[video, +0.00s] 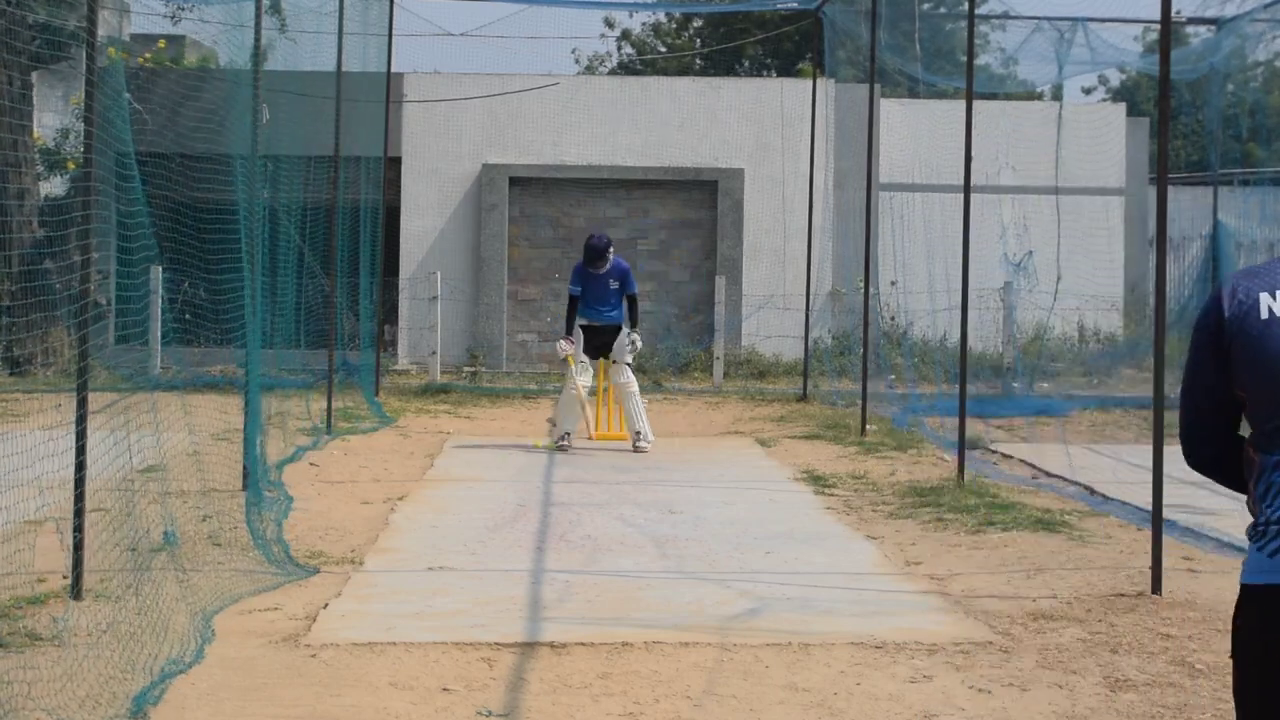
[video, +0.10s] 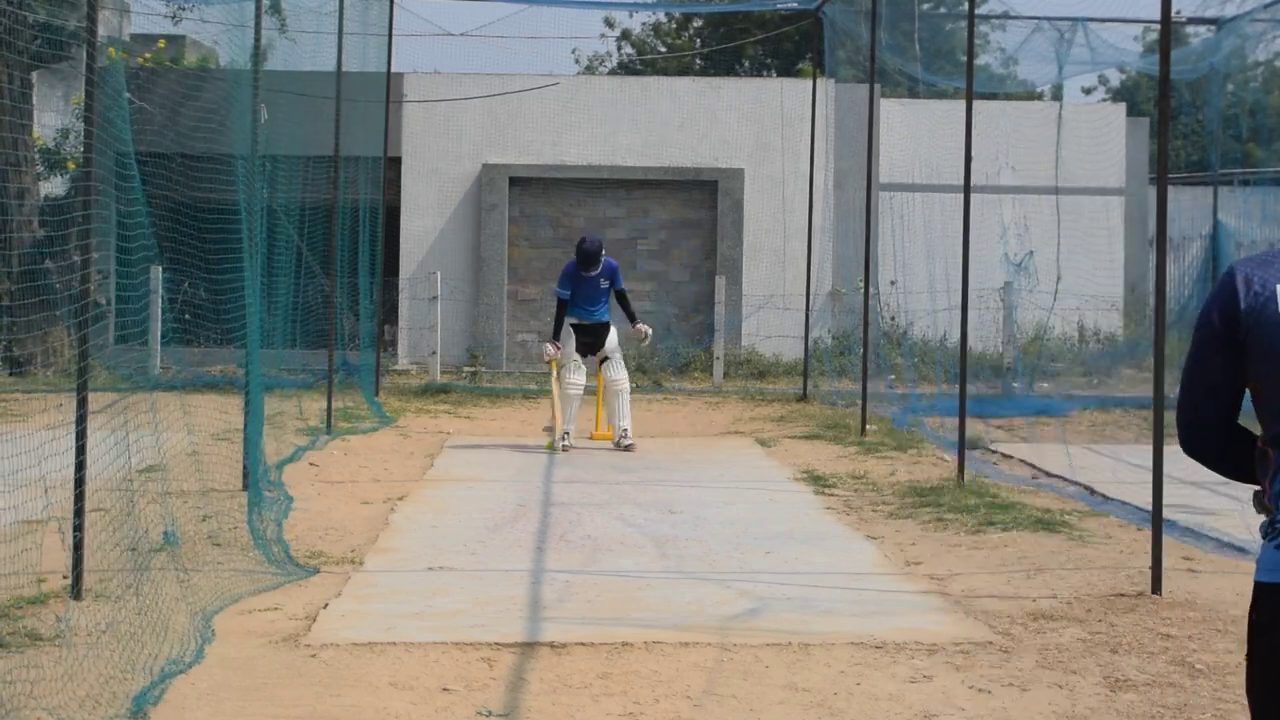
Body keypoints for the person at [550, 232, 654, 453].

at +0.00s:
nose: (597, 269)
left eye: (601, 265)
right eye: (593, 265)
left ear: (609, 256)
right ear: (586, 258)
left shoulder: (622, 269)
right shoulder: (580, 270)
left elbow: (632, 300)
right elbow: (572, 304)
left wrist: (634, 330)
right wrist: (568, 335)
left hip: (615, 331)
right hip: (585, 330)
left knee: (625, 380)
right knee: (577, 381)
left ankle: (640, 434)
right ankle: (565, 433)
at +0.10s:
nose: (588, 272)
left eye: (592, 268)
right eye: (585, 268)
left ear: (601, 259)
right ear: (578, 259)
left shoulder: (611, 268)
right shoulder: (569, 272)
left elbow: (621, 295)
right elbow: (561, 307)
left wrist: (635, 322)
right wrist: (555, 341)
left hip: (603, 330)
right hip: (575, 330)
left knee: (619, 381)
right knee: (572, 383)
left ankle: (623, 434)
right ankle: (566, 434)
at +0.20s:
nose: (587, 271)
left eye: (591, 267)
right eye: (584, 268)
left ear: (598, 258)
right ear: (577, 258)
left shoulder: (606, 267)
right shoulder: (566, 270)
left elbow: (612, 290)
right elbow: (558, 306)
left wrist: (629, 317)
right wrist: (551, 338)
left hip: (596, 328)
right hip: (569, 328)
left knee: (608, 378)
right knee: (568, 380)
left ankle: (602, 433)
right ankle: (563, 434)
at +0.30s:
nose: (587, 267)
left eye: (591, 263)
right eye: (583, 263)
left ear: (597, 255)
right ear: (575, 254)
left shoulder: (599, 264)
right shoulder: (564, 267)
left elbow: (599, 286)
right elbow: (553, 300)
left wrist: (615, 312)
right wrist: (544, 331)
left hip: (586, 325)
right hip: (562, 324)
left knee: (593, 377)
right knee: (567, 379)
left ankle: (575, 429)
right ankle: (562, 433)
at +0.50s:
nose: (588, 262)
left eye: (592, 259)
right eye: (586, 257)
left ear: (595, 253)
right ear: (578, 248)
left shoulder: (585, 264)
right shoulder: (561, 264)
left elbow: (581, 292)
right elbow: (540, 292)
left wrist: (594, 317)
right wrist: (533, 326)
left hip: (571, 323)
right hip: (555, 322)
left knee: (565, 378)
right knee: (565, 377)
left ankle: (539, 429)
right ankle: (561, 434)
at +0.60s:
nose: (585, 258)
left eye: (589, 255)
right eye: (585, 253)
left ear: (589, 252)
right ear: (577, 244)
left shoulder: (581, 263)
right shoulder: (559, 263)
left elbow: (576, 294)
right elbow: (535, 292)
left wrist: (587, 320)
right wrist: (531, 325)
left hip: (567, 321)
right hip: (552, 319)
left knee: (552, 377)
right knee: (565, 374)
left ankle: (538, 431)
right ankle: (560, 433)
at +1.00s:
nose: (583, 253)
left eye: (586, 251)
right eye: (584, 248)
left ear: (583, 247)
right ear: (576, 240)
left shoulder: (569, 262)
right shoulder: (556, 260)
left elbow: (560, 297)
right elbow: (528, 289)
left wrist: (572, 321)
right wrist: (537, 319)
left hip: (558, 318)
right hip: (550, 318)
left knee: (551, 376)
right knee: (558, 376)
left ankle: (538, 430)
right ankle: (548, 435)